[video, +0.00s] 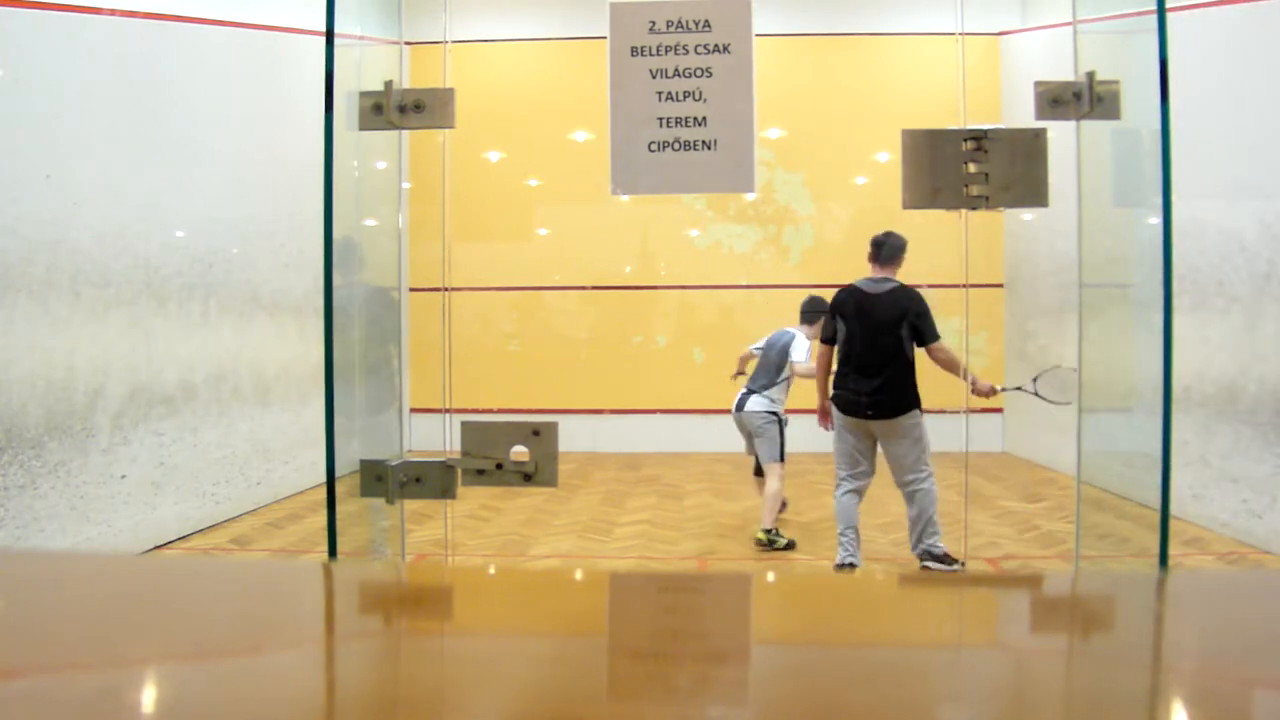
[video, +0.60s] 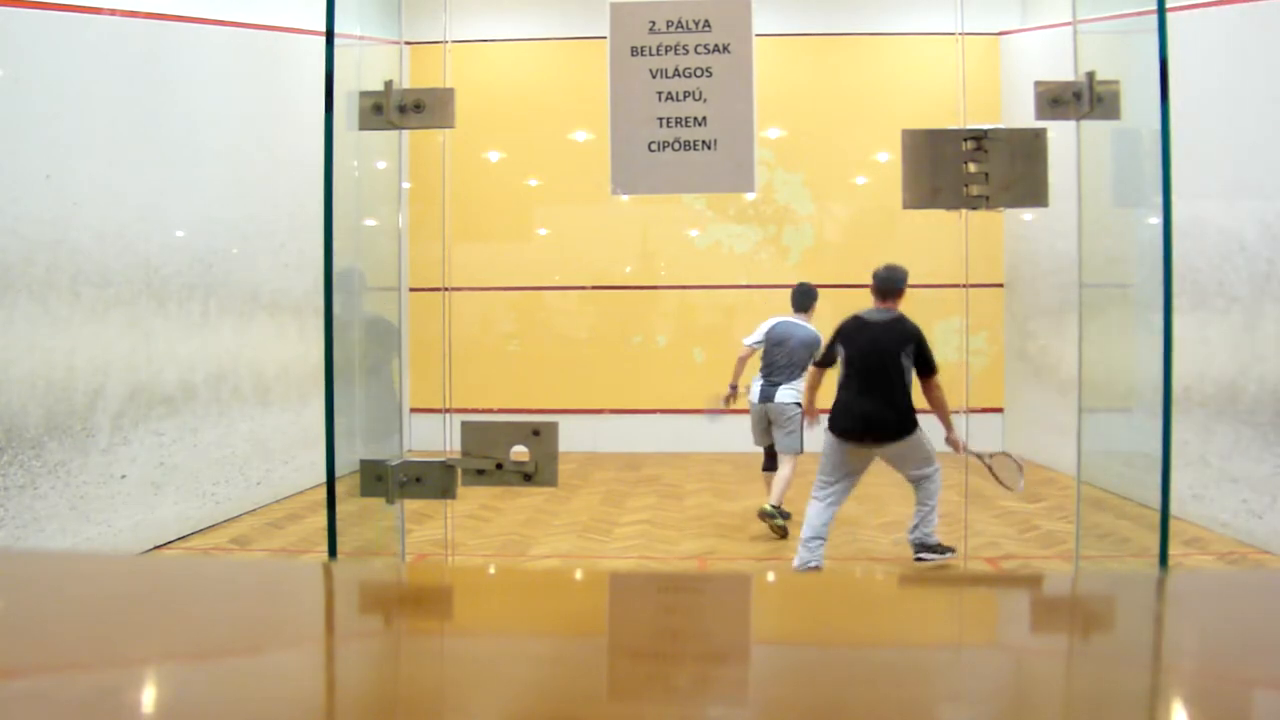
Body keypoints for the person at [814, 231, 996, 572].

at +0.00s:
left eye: (870, 257)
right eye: (900, 260)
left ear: (869, 258)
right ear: (900, 261)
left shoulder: (844, 298)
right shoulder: (909, 299)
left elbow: (824, 354)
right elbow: (937, 351)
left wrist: (822, 399)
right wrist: (973, 381)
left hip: (849, 405)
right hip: (896, 406)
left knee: (849, 481)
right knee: (916, 479)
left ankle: (846, 555)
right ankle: (930, 549)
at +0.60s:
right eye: (902, 290)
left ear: (872, 290)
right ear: (903, 293)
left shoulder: (850, 326)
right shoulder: (909, 332)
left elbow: (818, 367)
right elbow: (930, 385)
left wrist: (809, 405)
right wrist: (950, 429)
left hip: (848, 425)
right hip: (894, 426)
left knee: (826, 490)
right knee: (926, 474)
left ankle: (808, 559)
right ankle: (924, 540)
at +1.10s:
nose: (1019, 340)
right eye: (1020, 335)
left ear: (994, 325)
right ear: (1016, 337)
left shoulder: (960, 341)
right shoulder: (1004, 364)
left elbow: (914, 351)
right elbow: (1018, 417)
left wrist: (895, 382)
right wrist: (1045, 435)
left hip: (921, 420)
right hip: (960, 425)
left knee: (938, 460)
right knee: (995, 484)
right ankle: (975, 541)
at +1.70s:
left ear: (1001, 370)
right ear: (1017, 381)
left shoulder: (987, 371)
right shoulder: (1017, 395)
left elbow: (957, 383)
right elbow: (985, 437)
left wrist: (935, 408)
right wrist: (943, 440)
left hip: (969, 399)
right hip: (997, 414)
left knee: (984, 448)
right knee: (965, 465)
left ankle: (981, 494)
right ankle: (909, 467)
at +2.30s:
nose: (955, 321)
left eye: (957, 315)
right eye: (954, 316)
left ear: (973, 314)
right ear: (980, 317)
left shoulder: (969, 335)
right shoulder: (1004, 337)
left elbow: (974, 363)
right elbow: (1036, 370)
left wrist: (970, 403)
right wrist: (1050, 403)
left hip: (989, 403)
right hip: (1020, 407)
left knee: (957, 445)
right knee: (1021, 456)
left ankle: (959, 503)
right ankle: (1039, 509)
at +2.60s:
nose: (907, 293)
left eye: (912, 288)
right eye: (907, 288)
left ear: (930, 291)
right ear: (931, 293)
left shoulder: (923, 322)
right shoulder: (957, 321)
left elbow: (912, 368)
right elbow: (984, 354)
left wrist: (894, 409)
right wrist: (1002, 387)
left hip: (939, 405)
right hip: (966, 407)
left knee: (905, 464)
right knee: (971, 457)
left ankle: (929, 527)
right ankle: (1018, 507)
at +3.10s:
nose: (811, 282)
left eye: (816, 277)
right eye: (810, 277)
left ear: (835, 280)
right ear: (824, 282)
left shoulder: (834, 312)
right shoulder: (832, 312)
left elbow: (813, 359)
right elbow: (837, 366)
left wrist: (770, 389)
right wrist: (813, 402)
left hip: (842, 411)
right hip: (822, 410)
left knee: (871, 471)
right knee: (791, 458)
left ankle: (921, 518)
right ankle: (780, 528)